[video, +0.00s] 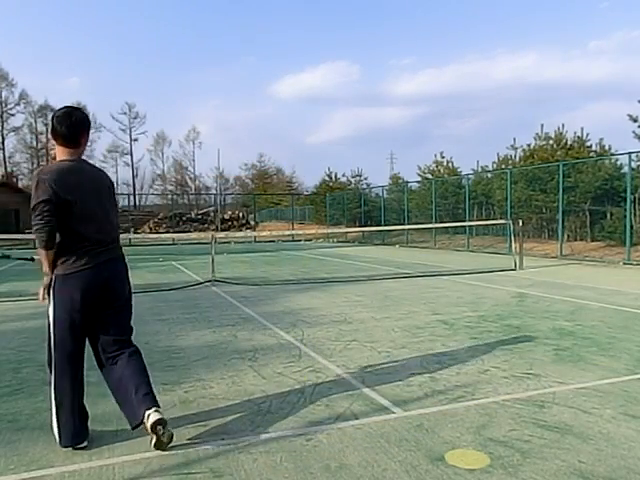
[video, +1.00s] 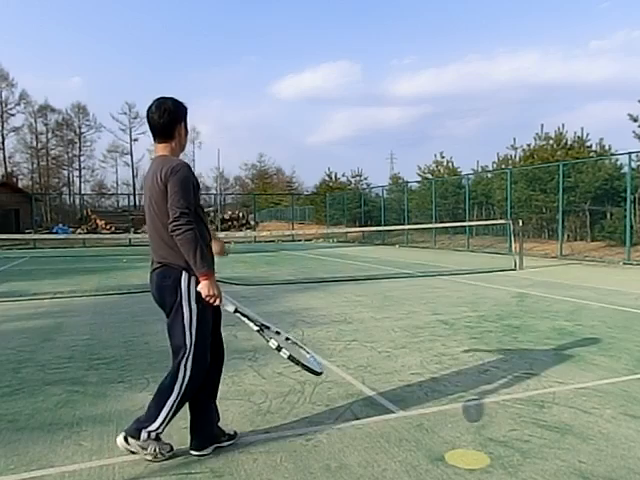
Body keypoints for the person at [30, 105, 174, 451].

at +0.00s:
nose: (88, 140)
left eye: (54, 135)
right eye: (88, 135)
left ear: (52, 138)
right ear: (87, 138)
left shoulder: (47, 177)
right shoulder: (101, 177)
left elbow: (44, 230)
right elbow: (109, 229)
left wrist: (50, 273)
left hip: (72, 278)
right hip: (113, 274)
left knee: (65, 358)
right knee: (118, 346)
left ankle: (73, 434)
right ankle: (149, 411)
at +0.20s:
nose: (104, 138)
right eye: (105, 133)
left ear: (67, 135)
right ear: (102, 136)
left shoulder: (52, 180)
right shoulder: (122, 177)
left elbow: (45, 237)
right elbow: (144, 228)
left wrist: (66, 266)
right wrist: (128, 260)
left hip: (79, 278)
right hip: (121, 276)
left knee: (73, 354)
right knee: (125, 353)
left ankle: (70, 434)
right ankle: (127, 437)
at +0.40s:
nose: (131, 136)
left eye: (127, 131)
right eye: (131, 132)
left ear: (94, 136)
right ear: (126, 135)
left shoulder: (77, 181)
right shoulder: (144, 176)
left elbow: (61, 235)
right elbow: (175, 225)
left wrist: (85, 264)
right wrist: (184, 261)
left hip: (99, 280)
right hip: (140, 279)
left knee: (92, 355)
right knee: (136, 360)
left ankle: (76, 430)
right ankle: (123, 449)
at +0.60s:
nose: (155, 131)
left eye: (153, 125)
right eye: (154, 126)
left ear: (118, 130)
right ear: (149, 129)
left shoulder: (98, 176)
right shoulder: (158, 169)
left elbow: (68, 223)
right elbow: (176, 221)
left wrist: (95, 262)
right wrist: (205, 260)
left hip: (115, 276)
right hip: (149, 274)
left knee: (130, 353)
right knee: (149, 357)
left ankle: (136, 423)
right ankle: (124, 450)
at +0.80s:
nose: (176, 131)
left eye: (174, 125)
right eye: (175, 125)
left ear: (141, 131)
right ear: (168, 128)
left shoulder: (132, 176)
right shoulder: (168, 169)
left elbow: (133, 236)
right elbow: (174, 227)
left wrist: (132, 287)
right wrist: (206, 272)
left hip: (145, 273)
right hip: (161, 274)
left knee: (185, 354)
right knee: (159, 363)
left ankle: (201, 429)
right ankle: (127, 445)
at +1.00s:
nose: (188, 132)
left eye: (186, 125)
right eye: (187, 126)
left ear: (154, 131)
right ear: (180, 129)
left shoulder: (154, 172)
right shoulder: (176, 170)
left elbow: (166, 230)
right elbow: (180, 225)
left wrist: (203, 273)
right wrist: (205, 274)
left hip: (173, 273)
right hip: (182, 275)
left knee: (210, 355)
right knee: (191, 359)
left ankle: (206, 434)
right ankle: (143, 432)